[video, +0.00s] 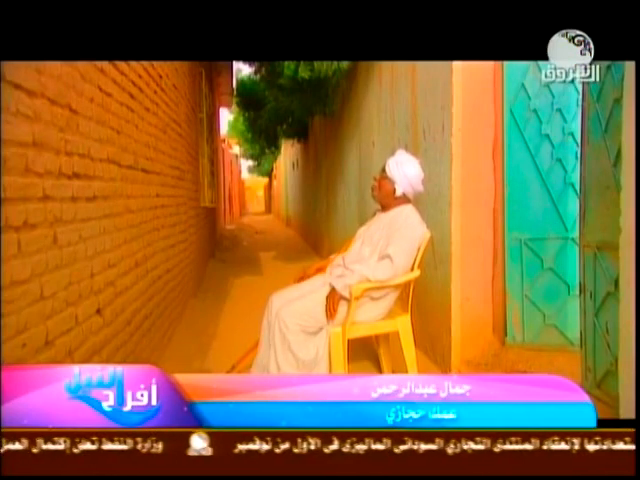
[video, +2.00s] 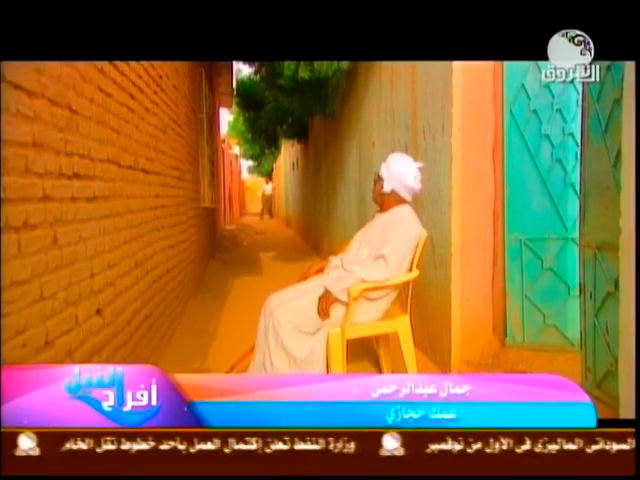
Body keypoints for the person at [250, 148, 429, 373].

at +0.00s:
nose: (375, 181)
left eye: (383, 178)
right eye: (379, 176)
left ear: (397, 188)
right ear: (394, 188)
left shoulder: (408, 221)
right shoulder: (385, 215)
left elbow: (392, 270)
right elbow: (354, 252)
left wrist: (342, 286)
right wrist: (325, 267)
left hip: (362, 295)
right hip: (342, 279)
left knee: (288, 317)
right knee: (277, 304)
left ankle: (291, 387)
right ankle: (268, 379)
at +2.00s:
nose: (373, 186)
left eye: (378, 181)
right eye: (376, 180)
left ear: (389, 187)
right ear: (394, 187)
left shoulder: (403, 221)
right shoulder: (387, 216)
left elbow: (387, 272)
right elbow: (356, 251)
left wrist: (336, 289)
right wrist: (326, 266)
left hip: (358, 297)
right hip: (341, 279)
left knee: (282, 315)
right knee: (274, 304)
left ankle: (282, 386)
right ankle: (268, 380)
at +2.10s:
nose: (373, 186)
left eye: (378, 181)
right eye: (376, 180)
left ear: (390, 187)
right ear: (394, 187)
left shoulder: (404, 221)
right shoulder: (387, 216)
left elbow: (387, 272)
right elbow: (357, 252)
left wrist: (335, 289)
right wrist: (326, 266)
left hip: (358, 296)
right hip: (341, 280)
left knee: (281, 314)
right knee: (274, 304)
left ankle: (280, 385)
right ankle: (268, 380)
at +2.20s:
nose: (373, 186)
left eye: (378, 180)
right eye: (375, 180)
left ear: (388, 186)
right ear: (393, 187)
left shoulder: (403, 221)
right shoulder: (386, 216)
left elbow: (387, 272)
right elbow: (357, 252)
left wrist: (335, 288)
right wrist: (327, 266)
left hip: (358, 297)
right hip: (341, 280)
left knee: (282, 315)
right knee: (274, 304)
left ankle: (281, 386)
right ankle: (268, 380)